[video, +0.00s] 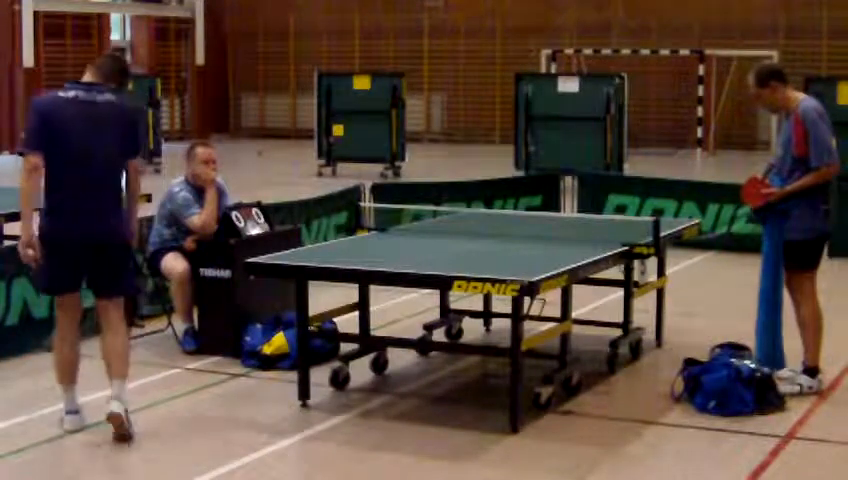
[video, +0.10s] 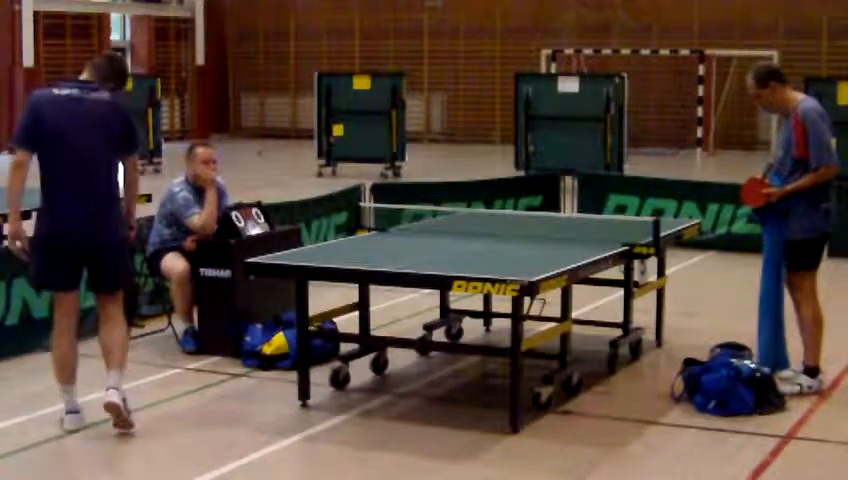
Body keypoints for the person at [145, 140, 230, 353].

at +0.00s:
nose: (212, 168)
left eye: (214, 163)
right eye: (206, 163)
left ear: (217, 164)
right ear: (190, 167)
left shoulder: (217, 187)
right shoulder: (178, 192)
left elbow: (224, 222)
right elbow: (205, 226)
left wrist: (196, 237)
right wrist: (211, 189)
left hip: (199, 240)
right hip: (166, 244)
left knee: (227, 262)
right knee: (181, 270)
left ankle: (221, 320)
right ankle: (188, 327)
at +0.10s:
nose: (212, 168)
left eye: (214, 163)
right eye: (205, 163)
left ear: (217, 165)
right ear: (190, 166)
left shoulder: (217, 188)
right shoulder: (179, 192)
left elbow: (223, 223)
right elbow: (205, 226)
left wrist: (198, 237)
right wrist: (211, 189)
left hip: (199, 240)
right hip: (166, 244)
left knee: (226, 262)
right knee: (181, 269)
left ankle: (220, 320)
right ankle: (188, 326)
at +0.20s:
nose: (212, 168)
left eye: (214, 163)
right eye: (205, 163)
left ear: (216, 165)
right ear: (190, 166)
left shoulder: (217, 188)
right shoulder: (179, 192)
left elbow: (223, 224)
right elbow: (205, 226)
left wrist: (197, 237)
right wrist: (211, 189)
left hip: (200, 241)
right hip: (166, 244)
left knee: (226, 262)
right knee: (181, 269)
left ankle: (220, 320)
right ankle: (188, 327)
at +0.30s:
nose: (212, 168)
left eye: (214, 163)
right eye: (205, 163)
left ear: (216, 165)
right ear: (190, 166)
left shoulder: (217, 188)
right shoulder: (179, 192)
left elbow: (223, 224)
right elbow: (205, 226)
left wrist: (197, 237)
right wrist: (211, 189)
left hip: (199, 241)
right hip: (166, 244)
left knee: (226, 262)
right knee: (181, 269)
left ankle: (220, 320)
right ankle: (188, 327)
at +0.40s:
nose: (212, 168)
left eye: (214, 163)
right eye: (206, 163)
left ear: (217, 164)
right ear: (190, 166)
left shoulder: (218, 187)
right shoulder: (179, 192)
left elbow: (224, 223)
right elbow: (205, 227)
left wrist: (197, 237)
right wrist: (211, 189)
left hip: (199, 241)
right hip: (166, 244)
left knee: (226, 262)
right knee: (181, 269)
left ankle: (221, 320)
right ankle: (188, 327)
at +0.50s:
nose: (212, 168)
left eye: (214, 163)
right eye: (206, 163)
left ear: (217, 164)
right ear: (190, 166)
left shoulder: (218, 187)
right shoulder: (179, 192)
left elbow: (224, 223)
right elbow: (205, 226)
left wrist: (197, 237)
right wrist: (211, 189)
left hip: (199, 241)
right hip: (166, 244)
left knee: (226, 262)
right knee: (181, 269)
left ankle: (221, 320)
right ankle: (188, 327)